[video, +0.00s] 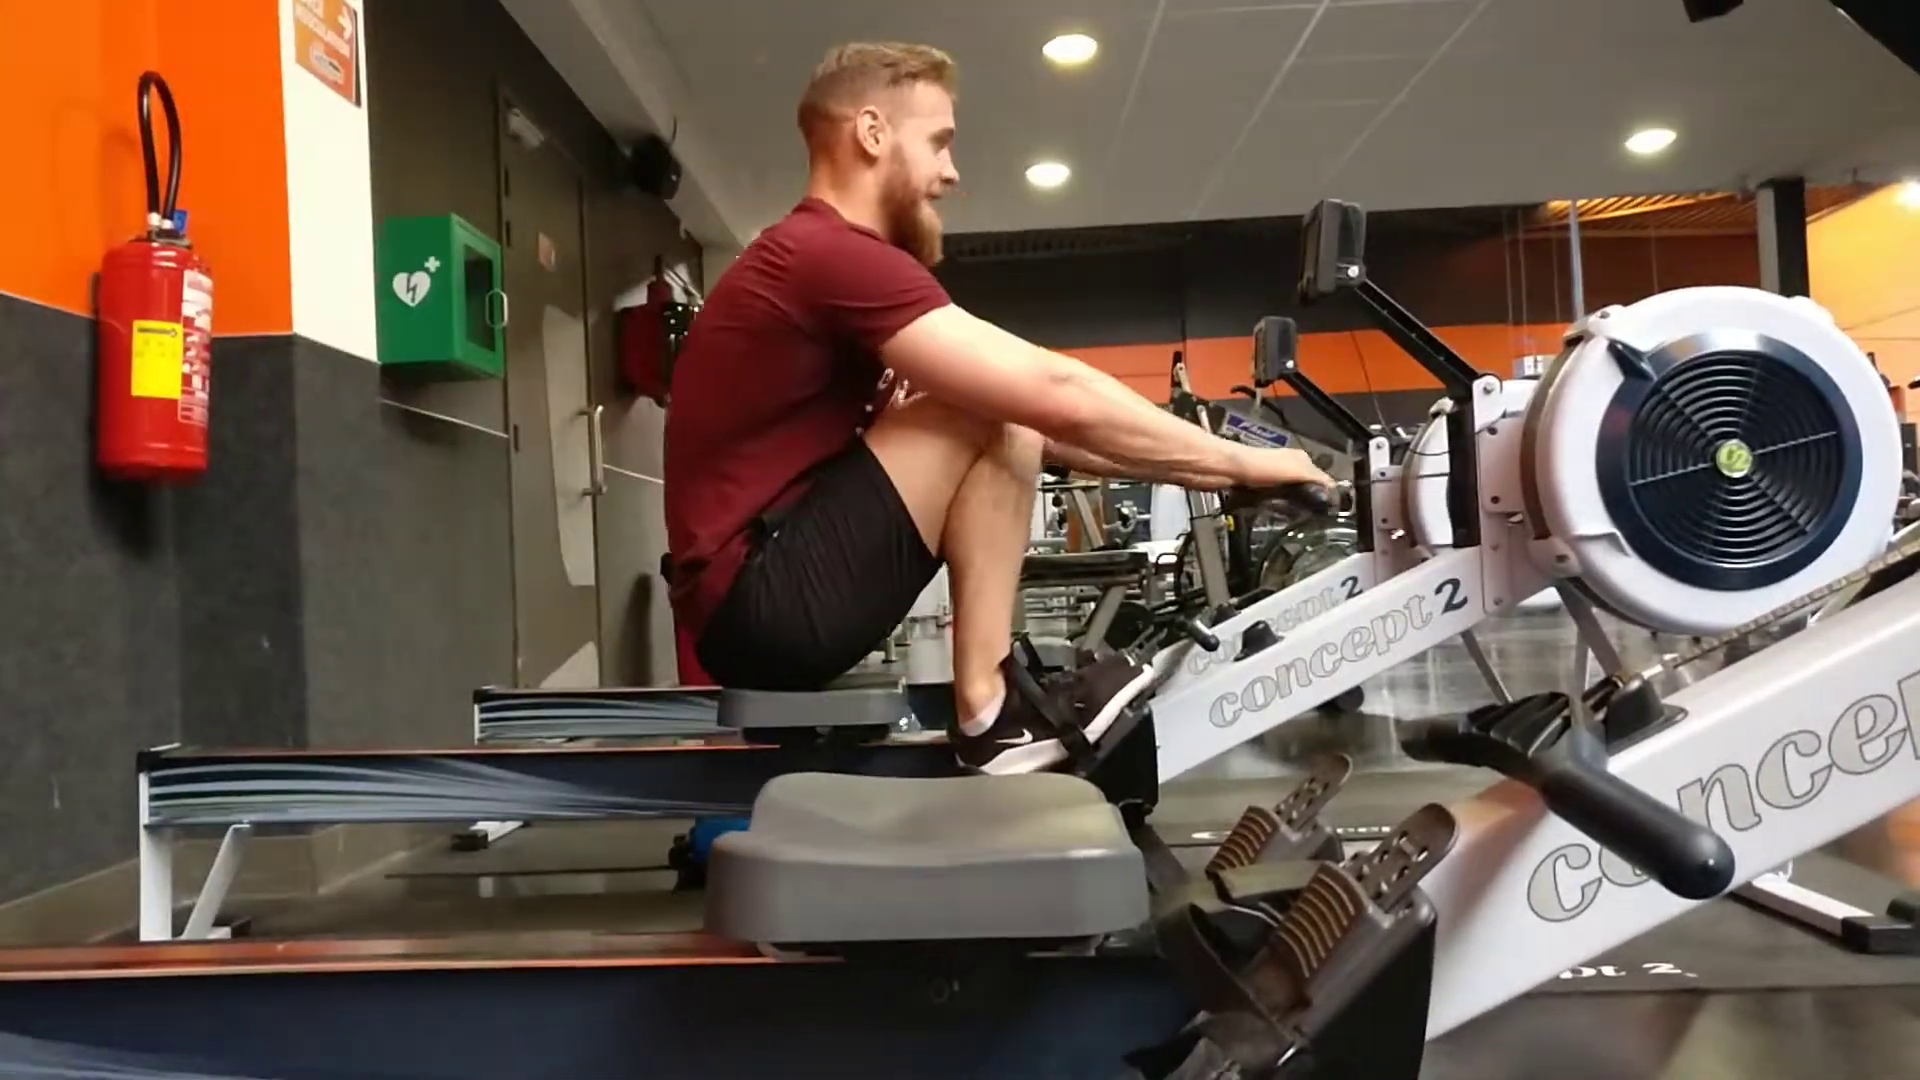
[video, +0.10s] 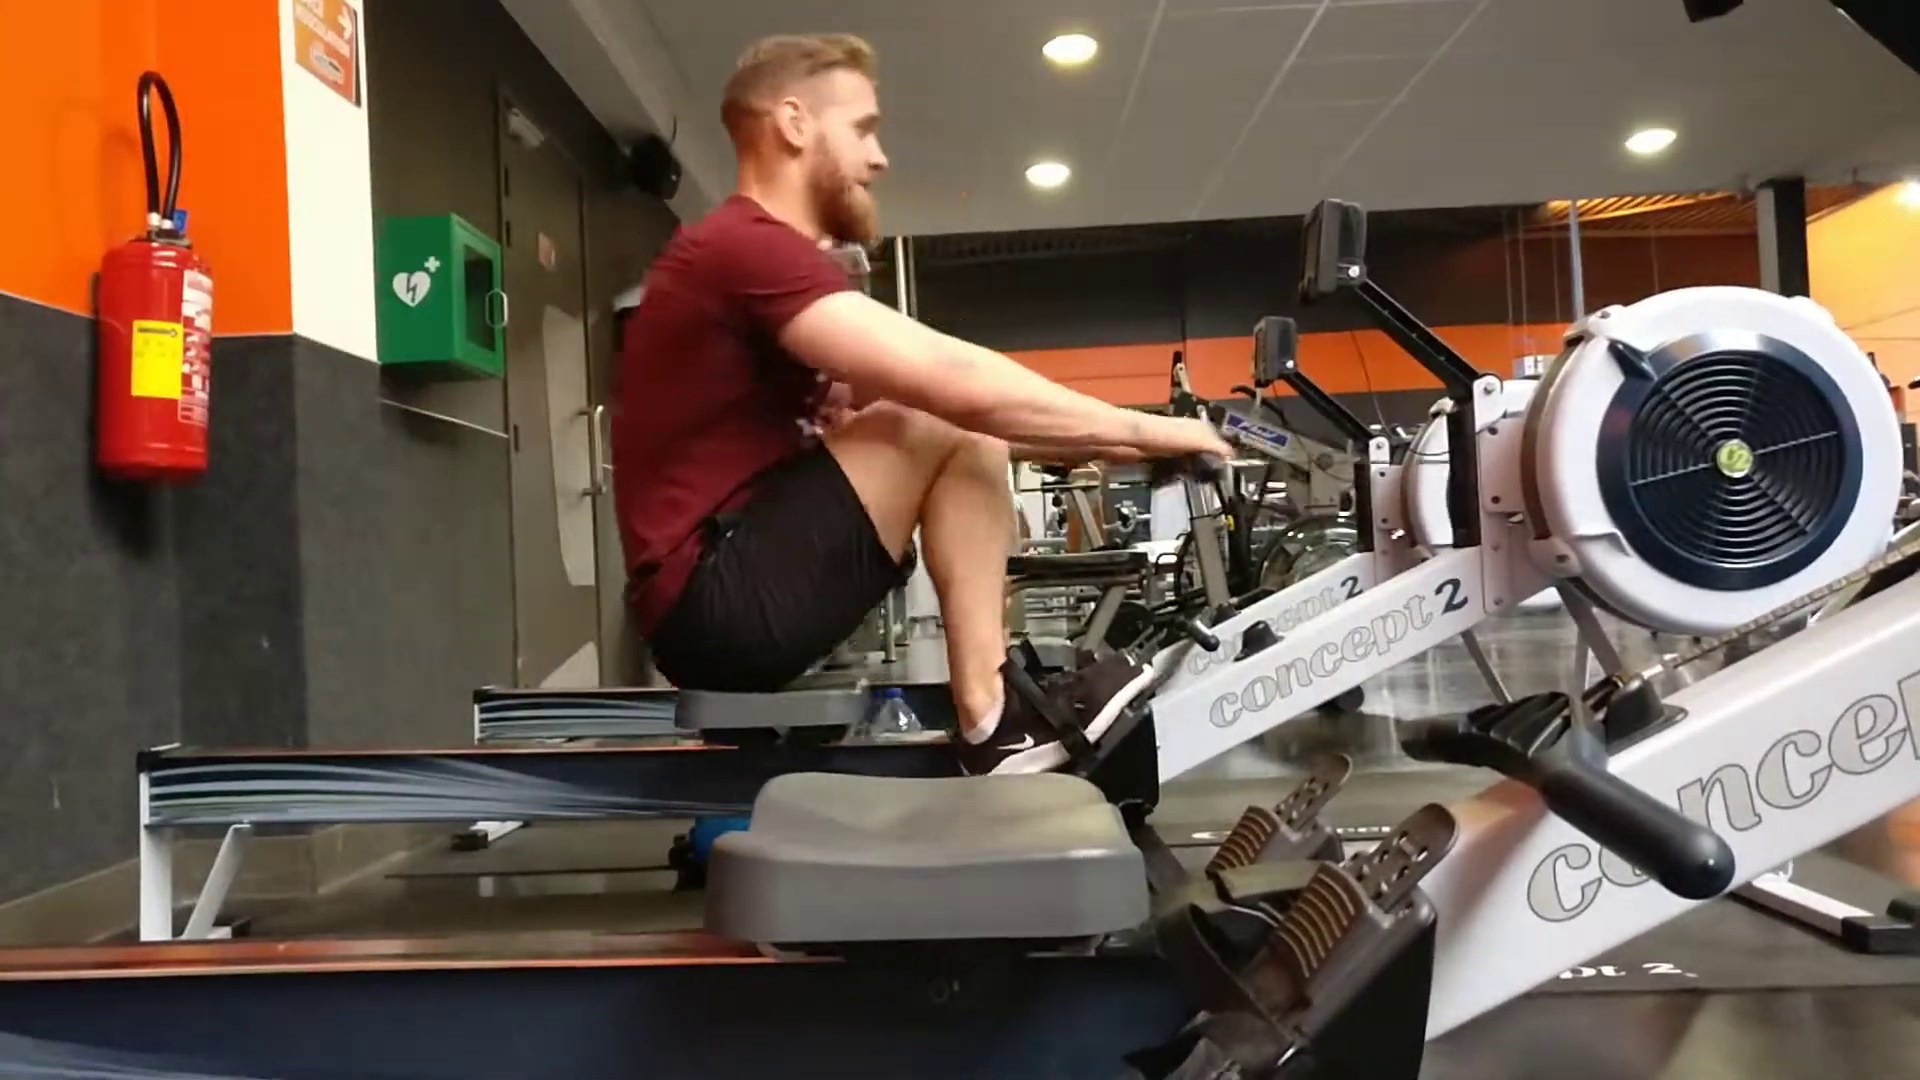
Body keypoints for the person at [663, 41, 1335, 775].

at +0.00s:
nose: (953, 172)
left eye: (951, 146)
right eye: (940, 141)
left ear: (871, 140)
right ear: (869, 134)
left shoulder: (833, 257)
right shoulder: (829, 255)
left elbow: (1038, 409)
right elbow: (1058, 395)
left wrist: (1199, 467)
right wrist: (1235, 460)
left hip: (766, 600)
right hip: (758, 608)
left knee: (1003, 419)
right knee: (991, 411)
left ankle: (992, 694)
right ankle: (982, 712)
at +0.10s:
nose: (879, 158)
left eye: (875, 132)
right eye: (863, 129)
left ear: (789, 129)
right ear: (790, 124)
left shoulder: (756, 251)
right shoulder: (745, 247)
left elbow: (949, 388)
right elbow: (962, 389)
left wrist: (1120, 435)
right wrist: (1146, 432)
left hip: (721, 598)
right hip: (714, 607)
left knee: (950, 421)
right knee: (953, 425)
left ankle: (997, 701)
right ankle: (987, 720)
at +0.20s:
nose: (723, 140)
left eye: (717, 115)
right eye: (702, 111)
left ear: (631, 118)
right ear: (624, 113)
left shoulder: (632, 249)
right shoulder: (588, 241)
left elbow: (763, 386)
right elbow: (761, 393)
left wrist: (952, 416)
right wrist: (958, 413)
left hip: (631, 590)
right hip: (604, 600)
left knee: (885, 443)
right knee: (885, 449)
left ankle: (988, 714)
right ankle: (990, 734)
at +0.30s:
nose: (571, 142)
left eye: (568, 120)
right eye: (551, 116)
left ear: (479, 121)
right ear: (466, 117)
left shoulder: (516, 266)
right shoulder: (441, 254)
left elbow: (646, 404)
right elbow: (607, 417)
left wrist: (813, 424)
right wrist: (810, 424)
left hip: (544, 588)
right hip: (500, 604)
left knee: (821, 478)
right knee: (810, 485)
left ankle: (988, 724)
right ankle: (989, 740)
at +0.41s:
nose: (452, 166)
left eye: (453, 145)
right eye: (433, 137)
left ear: (371, 140)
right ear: (346, 130)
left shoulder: (404, 283)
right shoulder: (301, 268)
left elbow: (519, 435)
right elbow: (424, 431)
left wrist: (652, 417)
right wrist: (639, 417)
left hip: (477, 583)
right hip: (425, 604)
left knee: (750, 525)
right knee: (746, 529)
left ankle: (982, 733)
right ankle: (984, 746)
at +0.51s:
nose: (415, 203)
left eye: (419, 181)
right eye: (398, 173)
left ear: (320, 159)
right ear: (311, 154)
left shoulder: (360, 306)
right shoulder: (225, 283)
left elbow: (425, 485)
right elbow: (255, 461)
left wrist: (488, 439)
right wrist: (453, 425)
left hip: (426, 584)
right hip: (360, 607)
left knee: (713, 565)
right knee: (708, 566)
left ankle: (974, 729)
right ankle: (970, 752)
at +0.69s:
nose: (510, 213)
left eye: (516, 189)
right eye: (497, 182)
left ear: (427, 166)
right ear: (415, 161)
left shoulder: (417, 302)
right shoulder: (298, 278)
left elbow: (406, 471)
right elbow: (242, 457)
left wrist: (506, 460)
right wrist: (457, 434)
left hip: (441, 593)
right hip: (381, 614)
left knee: (730, 543)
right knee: (723, 547)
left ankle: (957, 734)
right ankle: (960, 750)